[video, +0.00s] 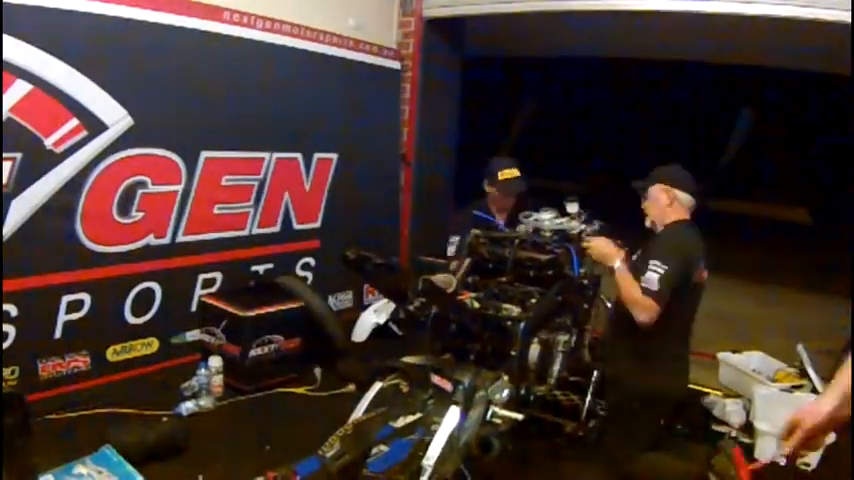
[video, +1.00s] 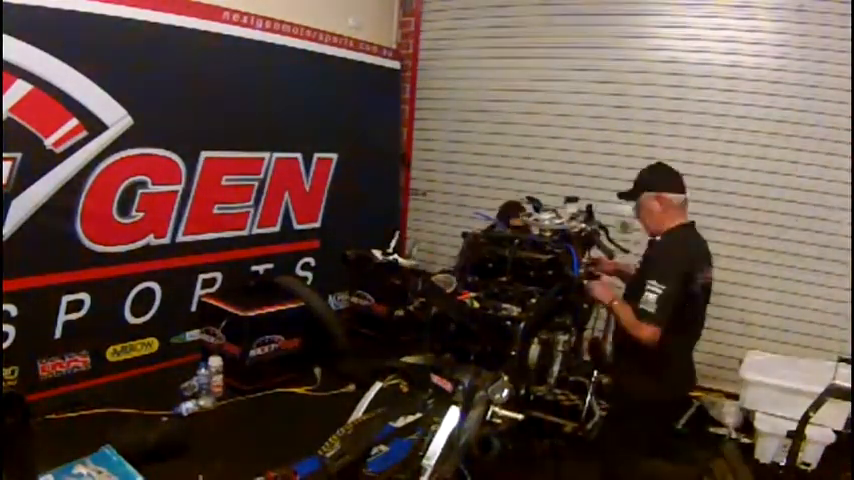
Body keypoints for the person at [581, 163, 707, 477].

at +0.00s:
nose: (644, 207)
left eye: (648, 198)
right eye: (645, 199)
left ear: (669, 199)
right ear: (672, 200)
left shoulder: (672, 243)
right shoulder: (684, 239)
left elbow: (645, 311)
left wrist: (616, 262)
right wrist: (621, 257)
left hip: (644, 386)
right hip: (653, 380)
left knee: (619, 463)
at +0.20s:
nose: (681, 207)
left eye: (687, 200)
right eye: (685, 199)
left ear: (703, 211)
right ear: (716, 214)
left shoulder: (696, 263)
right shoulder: (723, 260)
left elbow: (615, 283)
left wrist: (581, 243)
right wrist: (626, 270)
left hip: (670, 400)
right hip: (693, 396)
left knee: (657, 470)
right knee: (674, 469)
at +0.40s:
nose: (655, 239)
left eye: (656, 234)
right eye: (656, 235)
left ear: (663, 229)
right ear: (690, 228)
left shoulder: (666, 247)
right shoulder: (717, 264)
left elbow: (610, 275)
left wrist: (579, 241)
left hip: (668, 399)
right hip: (707, 399)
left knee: (652, 471)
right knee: (691, 470)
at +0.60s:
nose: (645, 217)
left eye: (647, 209)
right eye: (645, 210)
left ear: (660, 205)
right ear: (683, 208)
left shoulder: (658, 238)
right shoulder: (706, 255)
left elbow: (623, 296)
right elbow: (714, 323)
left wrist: (596, 248)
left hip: (638, 373)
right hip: (676, 376)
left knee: (621, 457)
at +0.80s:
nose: (642, 196)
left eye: (648, 190)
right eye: (645, 190)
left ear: (667, 200)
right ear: (672, 201)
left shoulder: (665, 249)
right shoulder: (685, 244)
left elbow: (657, 338)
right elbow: (639, 278)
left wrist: (618, 402)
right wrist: (603, 241)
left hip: (641, 397)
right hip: (662, 391)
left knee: (623, 473)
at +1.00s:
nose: (635, 212)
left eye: (638, 203)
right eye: (635, 203)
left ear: (658, 202)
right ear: (666, 201)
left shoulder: (668, 251)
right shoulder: (692, 244)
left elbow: (648, 332)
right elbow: (668, 292)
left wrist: (611, 300)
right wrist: (622, 272)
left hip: (648, 388)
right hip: (669, 382)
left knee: (621, 464)